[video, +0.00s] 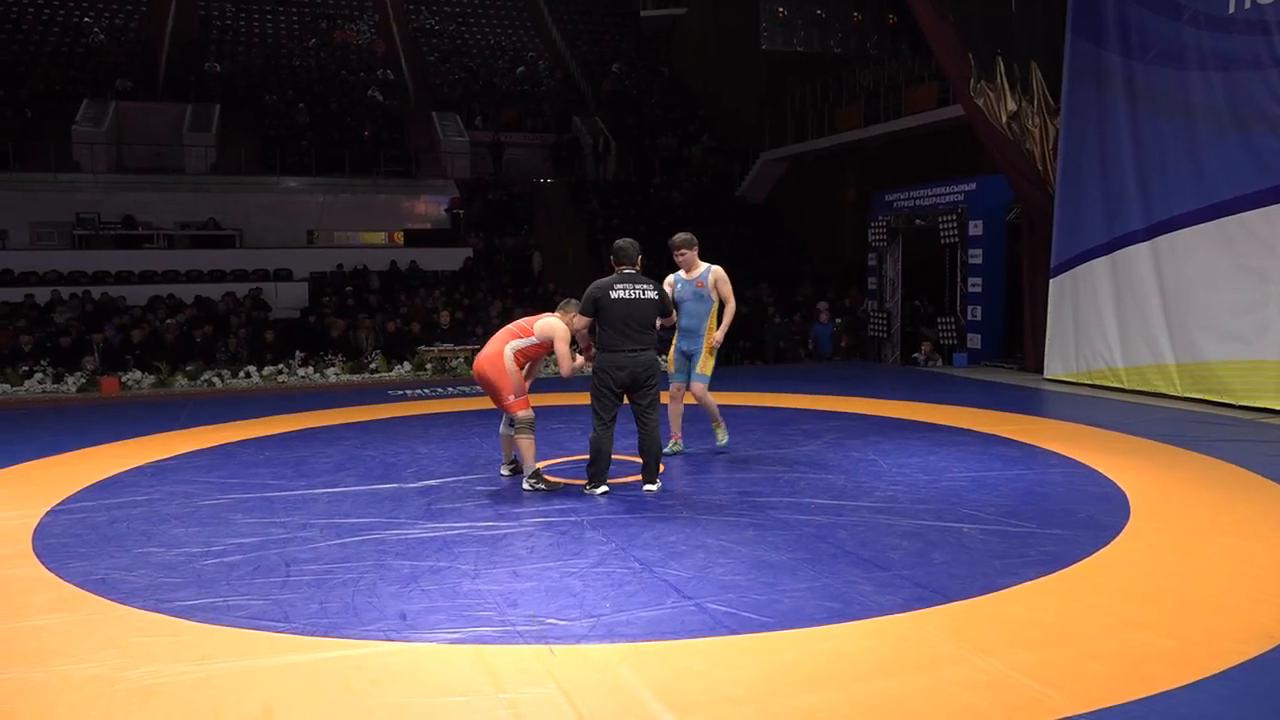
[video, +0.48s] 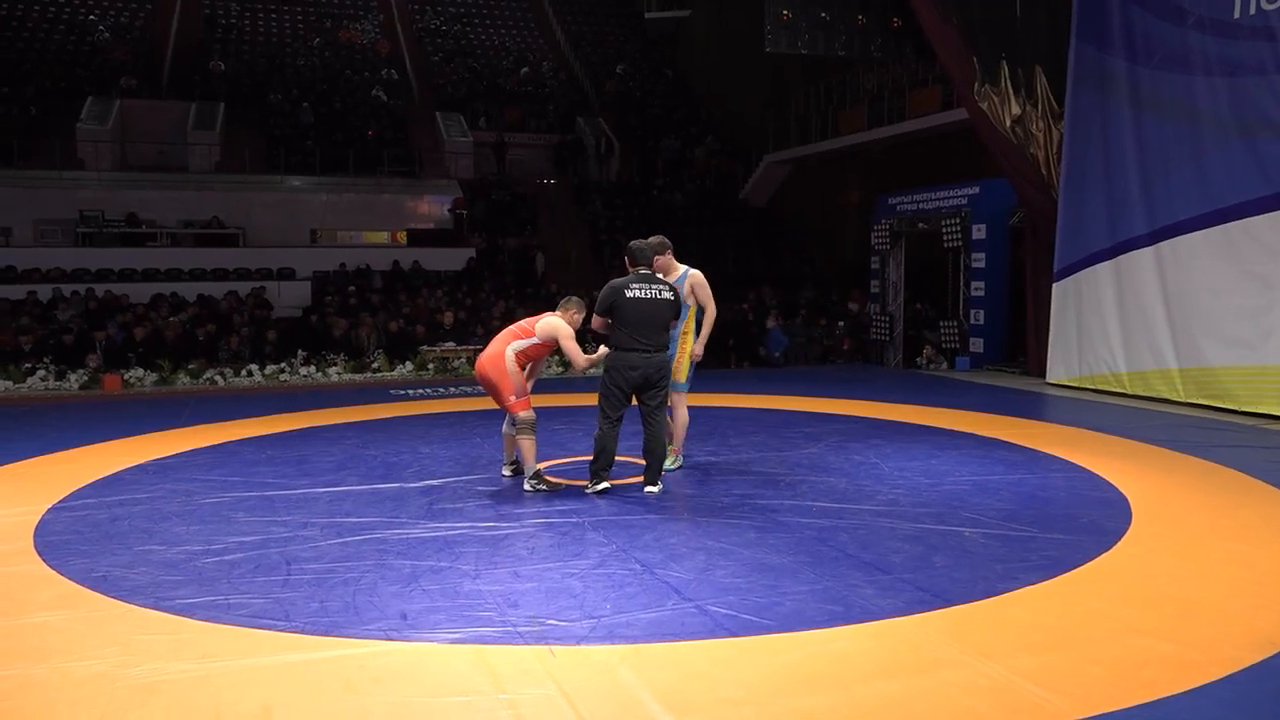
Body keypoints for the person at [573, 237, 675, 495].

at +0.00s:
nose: (639, 261)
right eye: (639, 258)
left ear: (612, 262)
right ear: (639, 261)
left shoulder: (599, 288)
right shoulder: (654, 288)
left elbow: (580, 326)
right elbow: (669, 320)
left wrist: (588, 350)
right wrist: (649, 320)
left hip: (609, 362)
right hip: (645, 362)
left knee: (603, 422)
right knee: (648, 420)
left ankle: (597, 481)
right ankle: (651, 479)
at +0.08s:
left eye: (615, 259)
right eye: (642, 258)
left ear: (615, 262)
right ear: (642, 261)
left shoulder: (602, 287)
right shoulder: (657, 289)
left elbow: (584, 325)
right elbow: (668, 320)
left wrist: (594, 346)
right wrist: (645, 319)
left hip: (612, 362)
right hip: (647, 361)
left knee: (603, 422)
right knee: (649, 421)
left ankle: (597, 480)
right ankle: (650, 480)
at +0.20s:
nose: (618, 263)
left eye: (618, 260)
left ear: (619, 262)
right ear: (646, 261)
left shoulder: (606, 288)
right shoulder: (661, 290)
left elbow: (589, 326)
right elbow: (663, 323)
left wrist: (608, 336)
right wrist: (641, 326)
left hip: (614, 362)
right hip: (650, 362)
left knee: (604, 422)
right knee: (650, 421)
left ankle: (597, 480)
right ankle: (650, 480)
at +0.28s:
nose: (619, 263)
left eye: (619, 260)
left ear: (620, 262)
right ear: (648, 261)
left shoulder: (608, 287)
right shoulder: (663, 290)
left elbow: (590, 324)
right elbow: (664, 323)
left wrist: (613, 332)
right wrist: (642, 326)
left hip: (616, 362)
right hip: (651, 361)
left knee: (605, 421)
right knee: (650, 421)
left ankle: (596, 479)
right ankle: (650, 480)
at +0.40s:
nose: (621, 264)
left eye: (622, 261)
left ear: (625, 263)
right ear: (651, 262)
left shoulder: (613, 286)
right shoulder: (666, 289)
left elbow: (595, 325)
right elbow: (667, 324)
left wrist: (619, 331)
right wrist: (643, 326)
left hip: (620, 362)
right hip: (655, 363)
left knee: (607, 421)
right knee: (653, 421)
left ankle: (598, 477)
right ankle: (651, 480)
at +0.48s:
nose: (624, 264)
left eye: (625, 261)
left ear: (627, 263)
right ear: (653, 262)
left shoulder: (615, 286)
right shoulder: (670, 289)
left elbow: (597, 324)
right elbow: (672, 323)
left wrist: (621, 330)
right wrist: (650, 324)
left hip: (622, 362)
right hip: (657, 363)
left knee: (609, 420)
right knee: (654, 420)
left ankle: (599, 476)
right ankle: (653, 480)